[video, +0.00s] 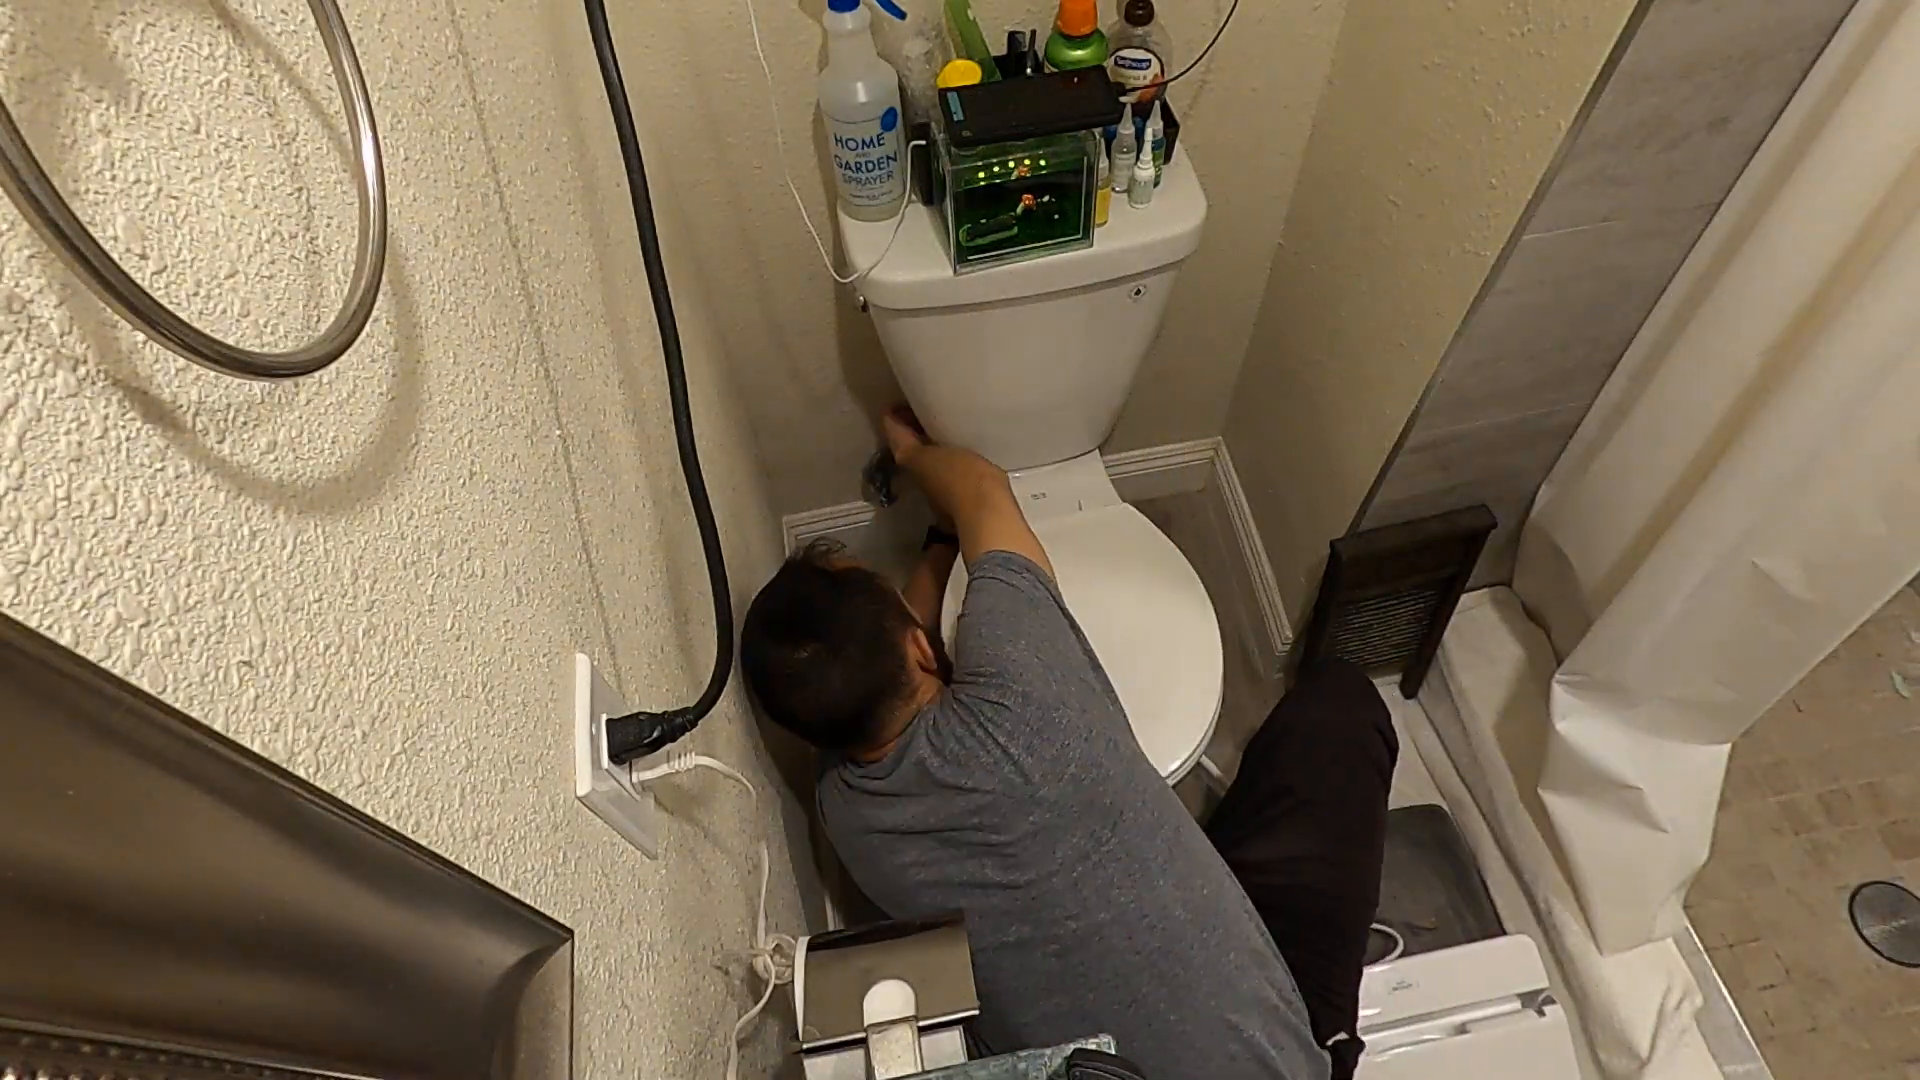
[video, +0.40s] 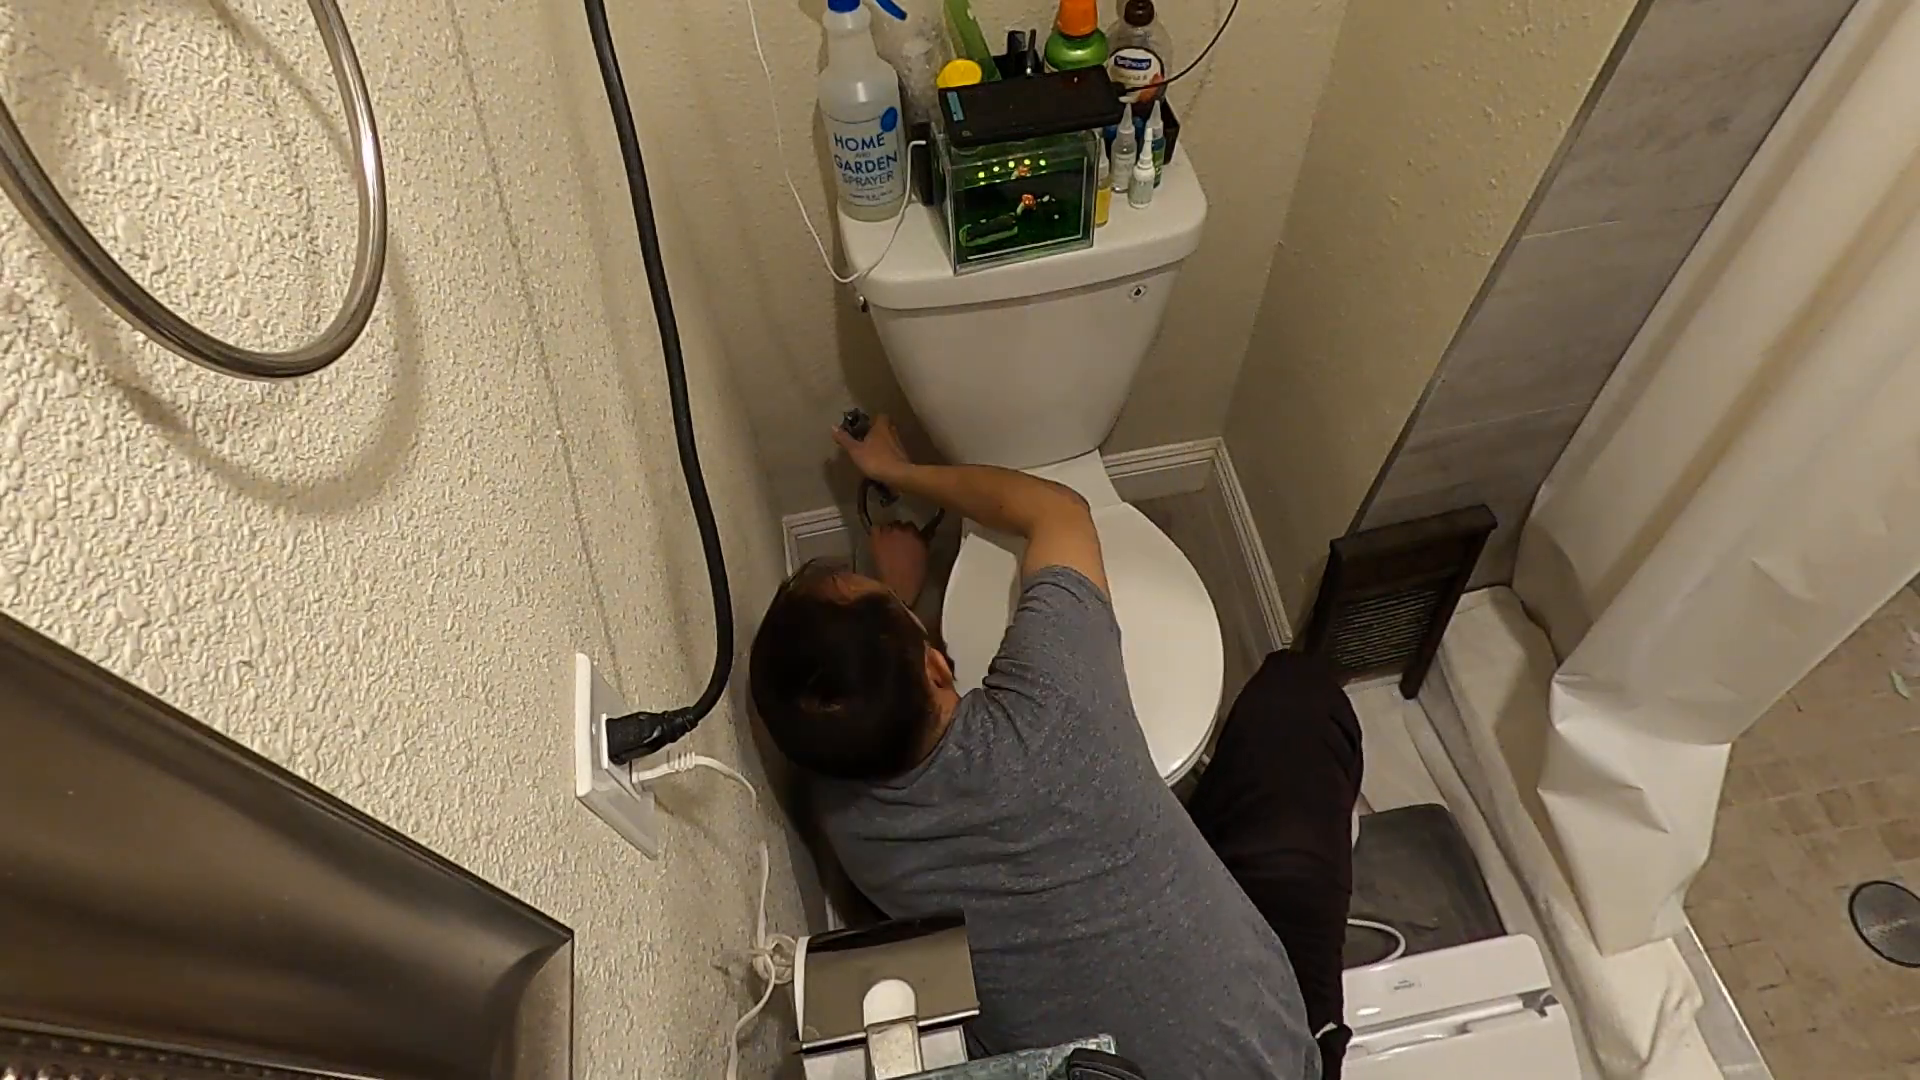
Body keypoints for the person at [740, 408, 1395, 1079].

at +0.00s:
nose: (902, 594)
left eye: (879, 580)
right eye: (885, 587)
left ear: (807, 725)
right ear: (920, 647)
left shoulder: (847, 823)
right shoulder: (1031, 694)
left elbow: (907, 668)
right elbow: (979, 493)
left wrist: (940, 549)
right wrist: (913, 448)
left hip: (1067, 1063)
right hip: (1261, 1047)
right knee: (1336, 695)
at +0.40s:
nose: (873, 581)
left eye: (872, 591)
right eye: (870, 594)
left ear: (809, 735)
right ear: (936, 670)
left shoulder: (852, 830)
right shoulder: (1056, 698)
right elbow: (1055, 511)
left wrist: (891, 602)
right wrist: (903, 473)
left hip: (1064, 1068)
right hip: (1264, 1054)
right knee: (1296, 683)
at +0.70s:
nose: (913, 614)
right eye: (906, 603)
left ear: (785, 701)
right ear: (904, 638)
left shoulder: (815, 815)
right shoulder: (998, 678)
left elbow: (908, 656)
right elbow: (990, 459)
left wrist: (940, 540)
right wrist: (895, 430)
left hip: (1059, 1066)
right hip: (1254, 1049)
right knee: (1267, 668)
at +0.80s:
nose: (914, 617)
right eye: (907, 608)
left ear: (780, 703)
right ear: (906, 651)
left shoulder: (814, 823)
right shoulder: (989, 679)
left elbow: (910, 663)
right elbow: (981, 461)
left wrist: (930, 543)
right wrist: (900, 431)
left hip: (1066, 1066)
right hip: (1260, 1050)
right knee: (1263, 667)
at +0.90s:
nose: (895, 574)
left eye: (882, 576)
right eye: (888, 587)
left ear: (783, 713)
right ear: (908, 665)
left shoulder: (810, 829)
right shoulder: (985, 685)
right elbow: (960, 488)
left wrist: (924, 546)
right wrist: (895, 423)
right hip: (1254, 1047)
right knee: (1266, 665)